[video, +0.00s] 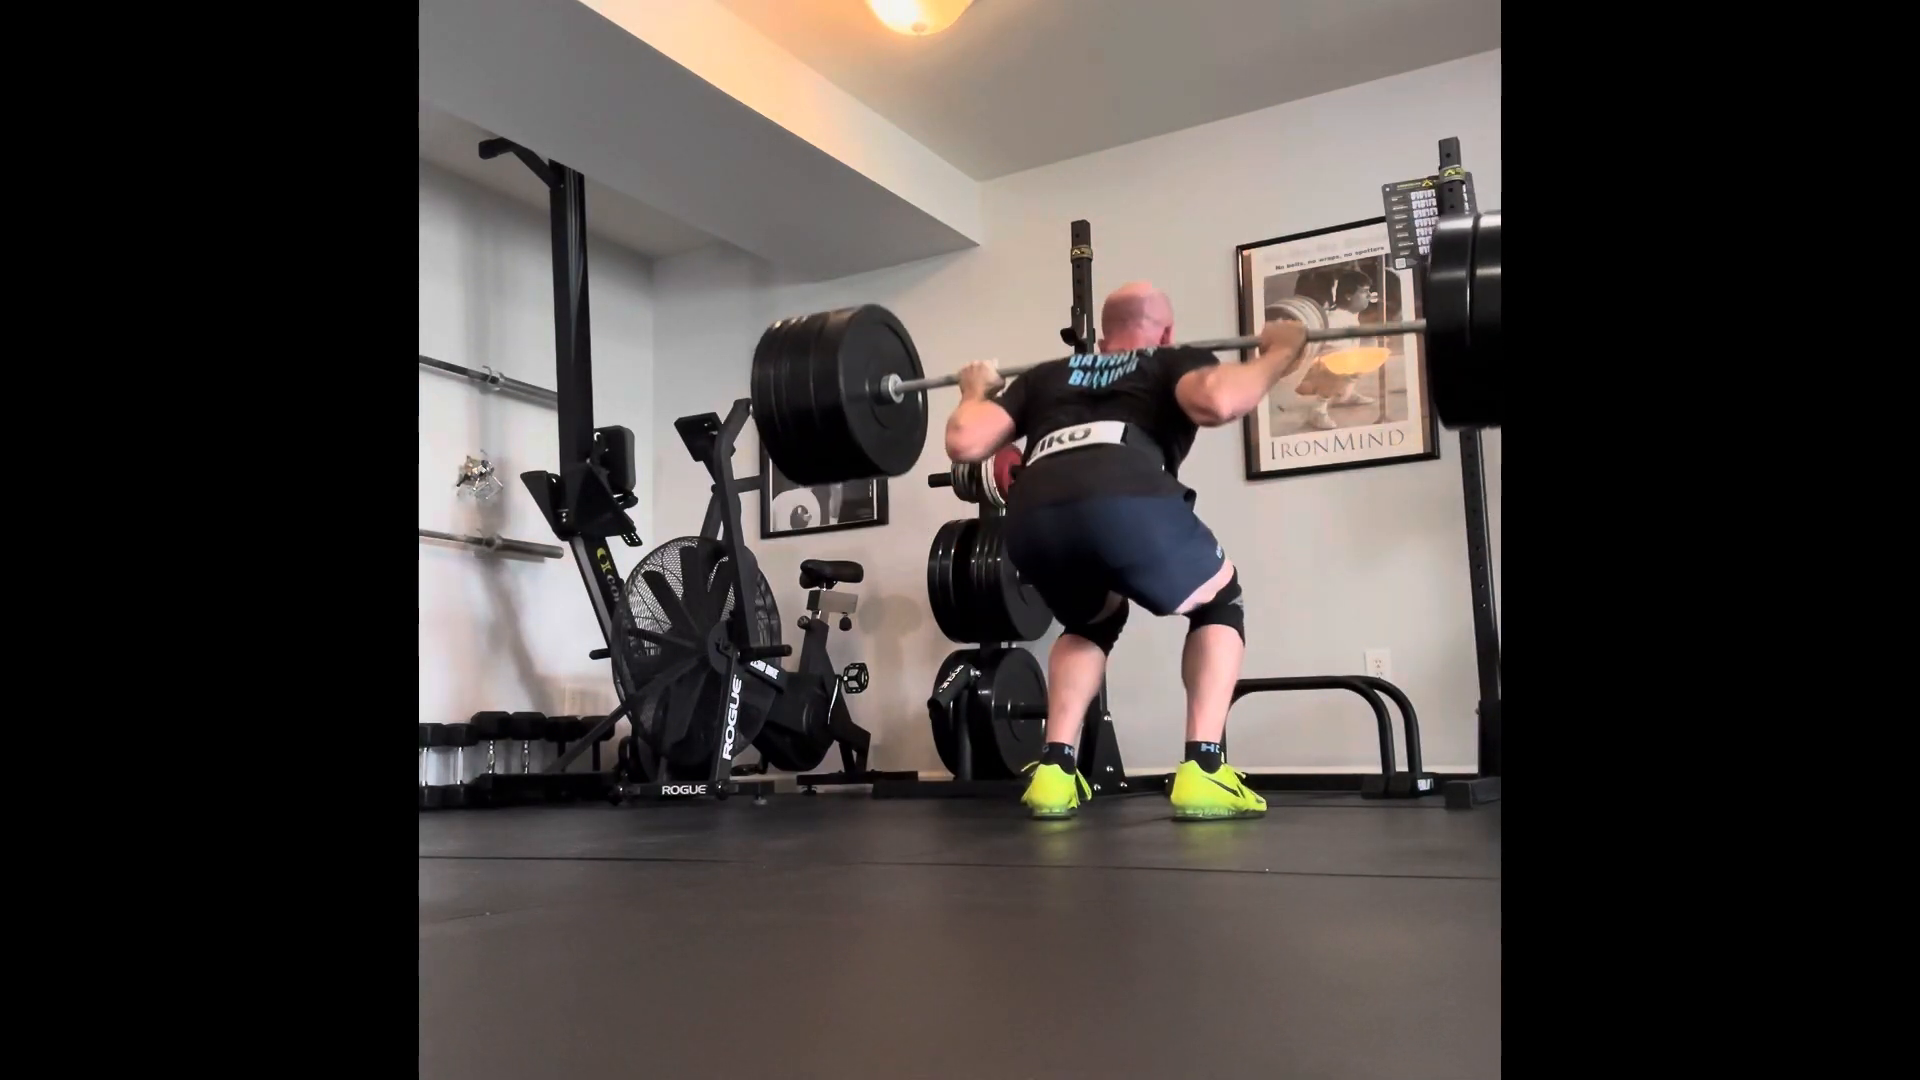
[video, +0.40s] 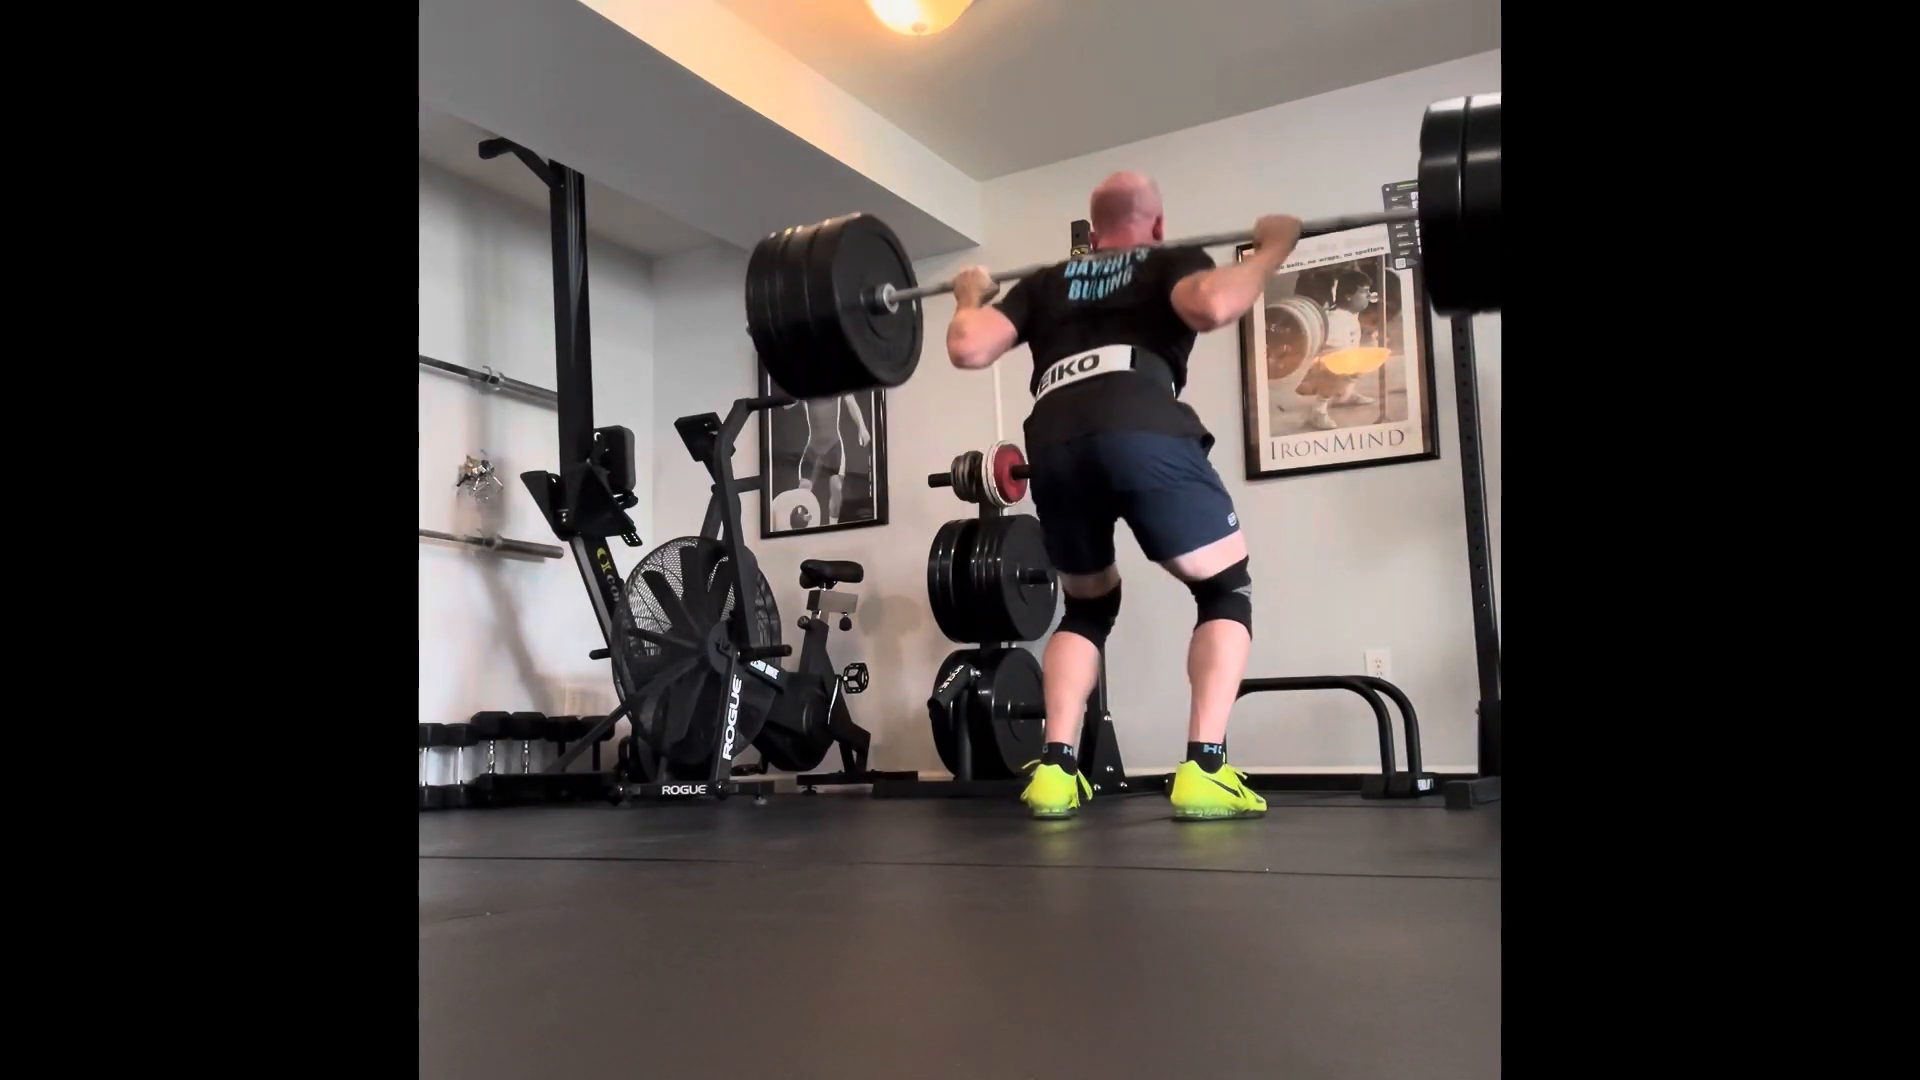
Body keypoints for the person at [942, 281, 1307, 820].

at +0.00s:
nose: (1169, 335)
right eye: (1168, 329)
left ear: (1100, 333)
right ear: (1163, 332)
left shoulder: (1045, 375)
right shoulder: (1173, 360)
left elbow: (963, 443)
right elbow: (1218, 401)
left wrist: (972, 393)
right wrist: (1279, 352)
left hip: (1032, 508)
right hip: (1126, 495)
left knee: (1094, 617)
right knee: (1218, 604)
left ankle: (1055, 770)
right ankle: (1203, 767)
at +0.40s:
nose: (1159, 228)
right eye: (1158, 220)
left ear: (1089, 227)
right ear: (1156, 225)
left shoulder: (1045, 282)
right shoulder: (1169, 259)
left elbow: (967, 349)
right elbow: (1213, 305)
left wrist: (967, 296)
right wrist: (1269, 249)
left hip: (1052, 438)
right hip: (1142, 424)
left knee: (1086, 604)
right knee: (1223, 593)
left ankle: (1056, 765)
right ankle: (1205, 766)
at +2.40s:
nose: (1146, 149)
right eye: (1151, 140)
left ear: (1084, 151)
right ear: (1153, 146)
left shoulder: (1043, 201)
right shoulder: (1165, 176)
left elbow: (967, 259)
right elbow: (1216, 218)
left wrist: (968, 213)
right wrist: (1271, 157)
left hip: (1066, 380)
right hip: (1154, 377)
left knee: (1056, 573)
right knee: (1169, 569)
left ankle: (1050, 764)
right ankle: (1197, 763)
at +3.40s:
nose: (1151, 244)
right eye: (1150, 236)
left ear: (1079, 246)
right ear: (1150, 244)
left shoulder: (1038, 294)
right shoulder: (1165, 271)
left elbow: (956, 346)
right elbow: (1214, 312)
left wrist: (967, 301)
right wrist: (1271, 254)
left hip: (1049, 450)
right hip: (1141, 438)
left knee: (1053, 612)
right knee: (1222, 598)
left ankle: (1050, 765)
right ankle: (1201, 765)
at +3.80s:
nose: (1157, 324)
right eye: (1156, 318)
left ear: (1088, 326)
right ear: (1155, 323)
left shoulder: (1040, 371)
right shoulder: (1168, 353)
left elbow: (957, 441)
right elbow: (1214, 401)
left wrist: (967, 390)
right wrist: (1274, 345)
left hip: (1037, 508)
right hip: (1130, 494)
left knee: (1056, 627)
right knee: (1233, 610)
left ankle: (1051, 769)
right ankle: (1202, 766)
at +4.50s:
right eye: (1169, 413)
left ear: (1101, 420)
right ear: (1168, 419)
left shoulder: (1047, 463)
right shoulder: (1181, 450)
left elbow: (965, 539)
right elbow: (1227, 507)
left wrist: (975, 474)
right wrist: (1289, 447)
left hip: (1042, 615)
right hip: (1143, 604)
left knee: (1042, 637)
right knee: (1247, 614)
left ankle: (1052, 767)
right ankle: (1203, 767)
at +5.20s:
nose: (1167, 343)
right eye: (1167, 336)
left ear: (1098, 338)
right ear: (1161, 338)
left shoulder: (1042, 379)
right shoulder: (1168, 364)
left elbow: (961, 446)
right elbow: (1213, 401)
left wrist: (972, 394)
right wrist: (1276, 360)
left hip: (1026, 509)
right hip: (1122, 496)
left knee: (1087, 615)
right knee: (1205, 605)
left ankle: (1055, 770)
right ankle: (1199, 767)